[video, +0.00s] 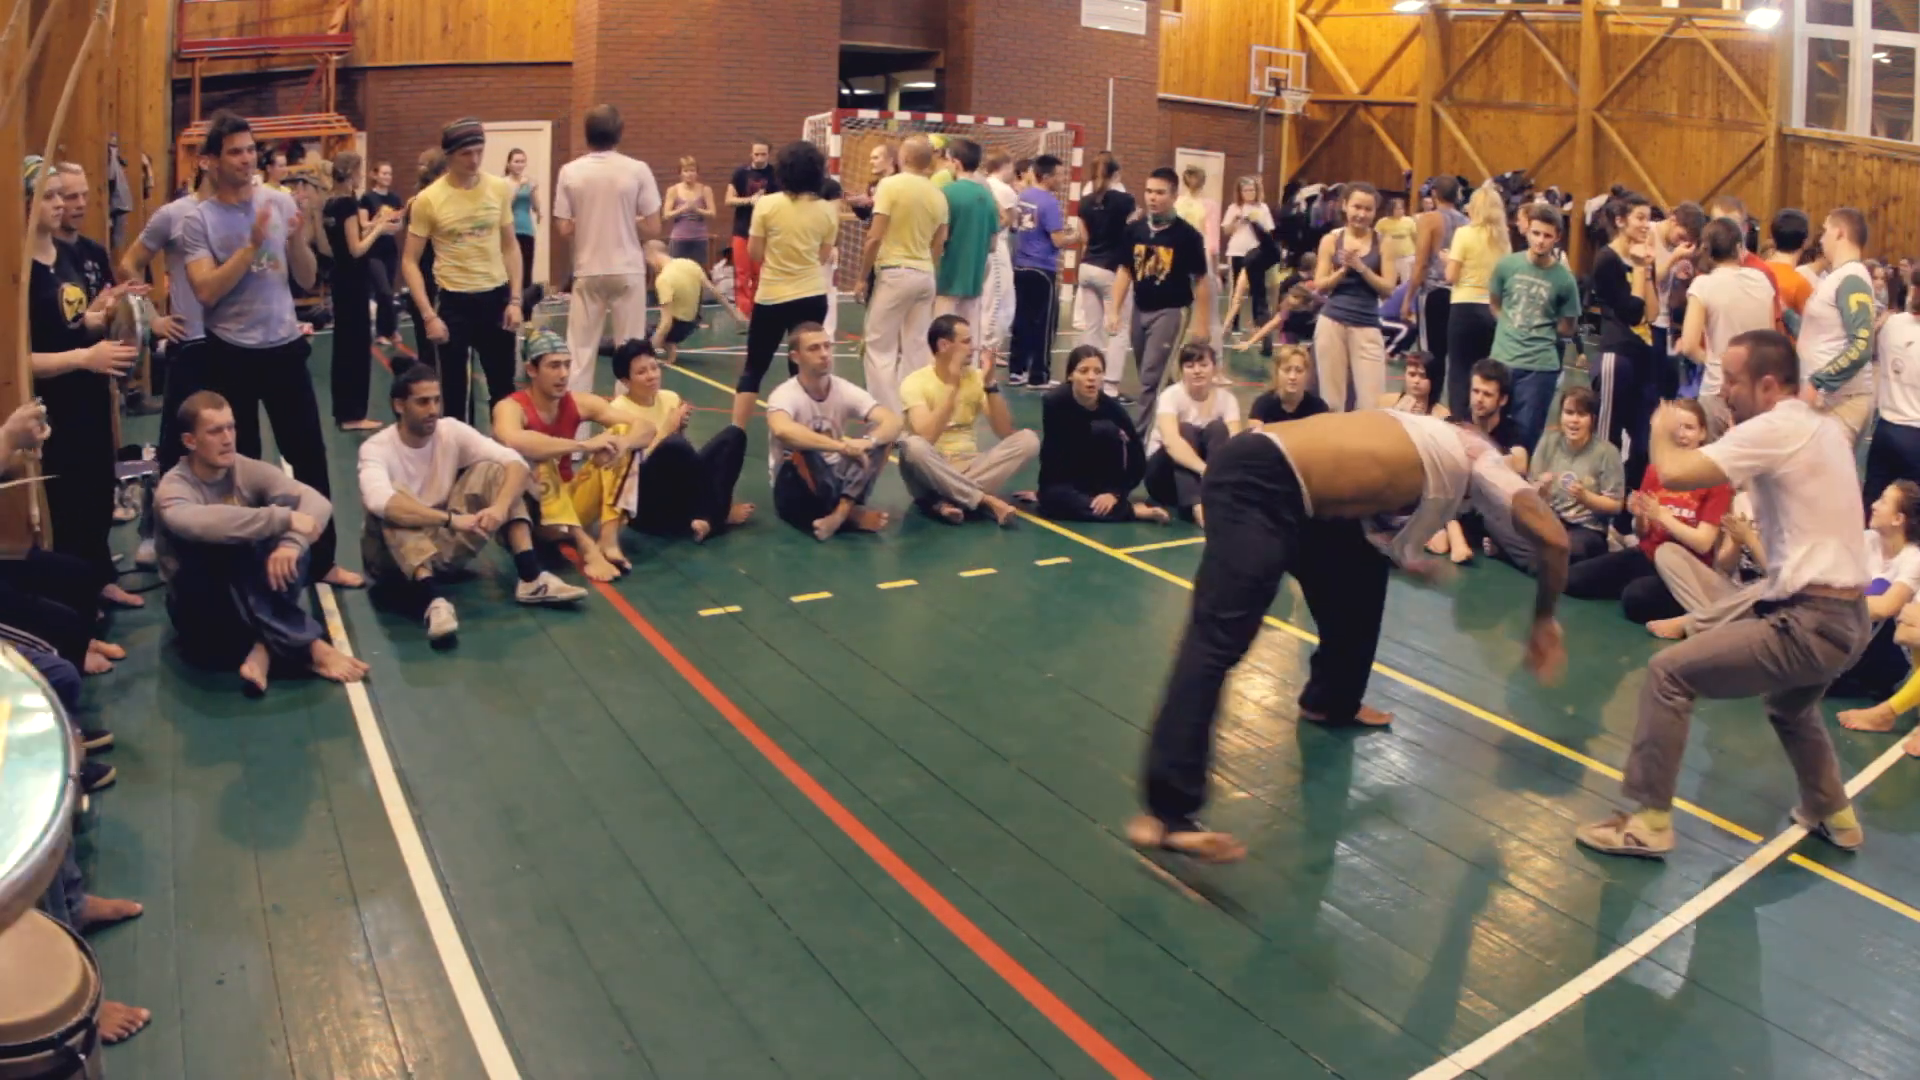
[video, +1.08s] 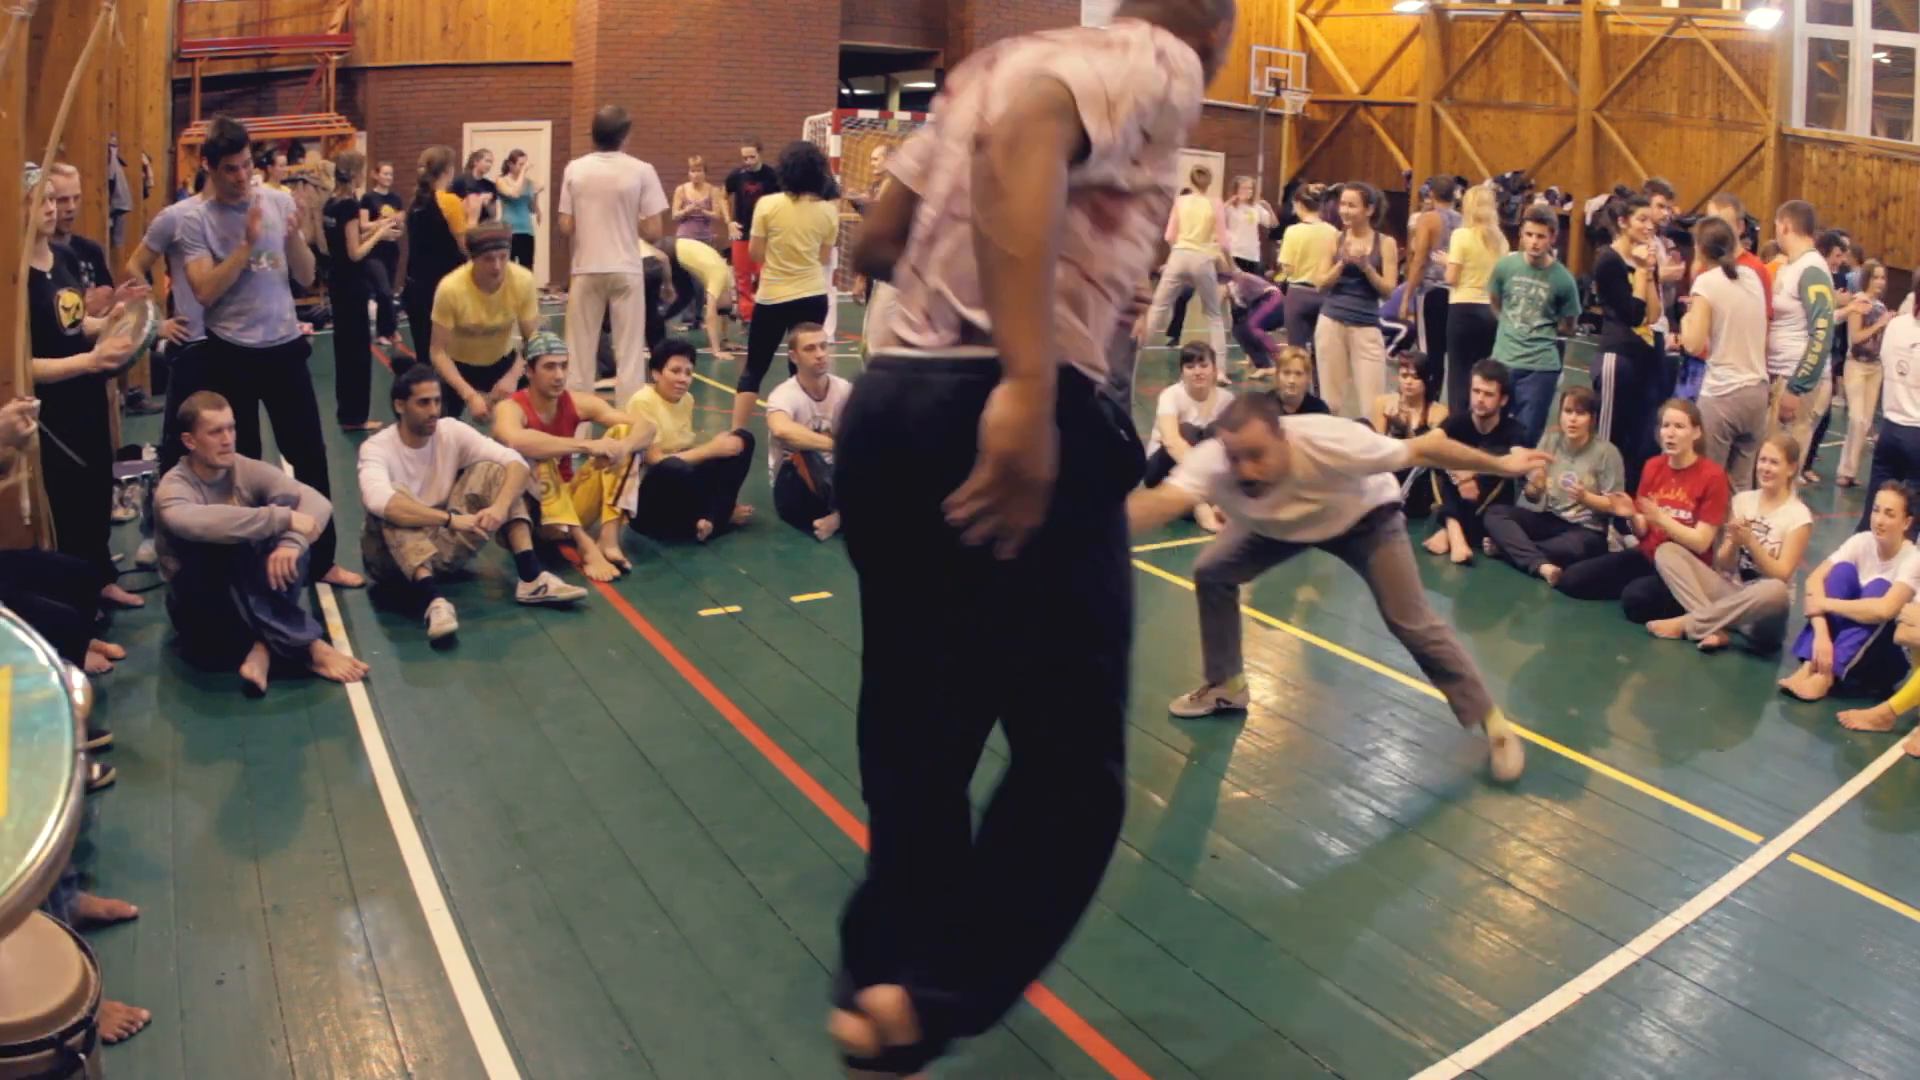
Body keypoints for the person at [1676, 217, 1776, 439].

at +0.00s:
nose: (1743, 250)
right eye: (1742, 245)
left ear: (1706, 250)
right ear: (1739, 250)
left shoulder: (1702, 284)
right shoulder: (1761, 279)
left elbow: (1688, 345)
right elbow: (1772, 331)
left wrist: (1711, 361)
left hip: (1718, 380)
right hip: (1759, 377)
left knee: (1713, 457)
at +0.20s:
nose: (1743, 247)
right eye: (1741, 242)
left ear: (1705, 249)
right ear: (1738, 247)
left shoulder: (1699, 285)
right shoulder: (1761, 280)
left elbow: (1687, 333)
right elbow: (1770, 340)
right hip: (1757, 379)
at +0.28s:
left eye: (1699, 244)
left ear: (1704, 249)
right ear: (1739, 247)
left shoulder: (1699, 285)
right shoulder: (1761, 282)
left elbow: (1685, 339)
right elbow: (1771, 342)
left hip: (1710, 387)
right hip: (1754, 388)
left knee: (1708, 463)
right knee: (1749, 469)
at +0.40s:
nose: (1695, 253)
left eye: (1697, 246)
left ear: (1704, 248)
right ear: (1738, 247)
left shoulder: (1700, 284)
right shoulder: (1761, 282)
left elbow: (1686, 345)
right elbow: (1772, 342)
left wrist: (1702, 353)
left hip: (1714, 389)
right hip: (1754, 388)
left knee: (1706, 478)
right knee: (1743, 483)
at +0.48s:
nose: (1697, 253)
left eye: (1698, 247)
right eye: (1698, 247)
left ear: (1704, 249)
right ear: (1737, 247)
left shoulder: (1701, 283)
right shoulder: (1760, 281)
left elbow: (1689, 346)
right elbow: (1772, 341)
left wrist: (1699, 351)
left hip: (1714, 390)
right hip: (1754, 388)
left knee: (1708, 481)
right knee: (1744, 483)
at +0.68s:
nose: (1697, 247)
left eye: (1699, 242)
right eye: (1699, 242)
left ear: (1705, 248)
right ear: (1736, 245)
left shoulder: (1705, 283)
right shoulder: (1758, 278)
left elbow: (1685, 342)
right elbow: (1766, 334)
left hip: (1717, 391)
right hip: (1756, 389)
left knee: (1707, 482)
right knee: (1743, 485)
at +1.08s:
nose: (1693, 249)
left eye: (1694, 244)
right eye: (1694, 243)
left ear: (1700, 249)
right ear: (1733, 246)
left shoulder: (1705, 283)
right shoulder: (1753, 277)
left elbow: (1695, 344)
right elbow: (1759, 332)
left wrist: (1686, 322)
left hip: (1721, 389)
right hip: (1757, 386)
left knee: (1710, 479)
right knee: (1743, 481)